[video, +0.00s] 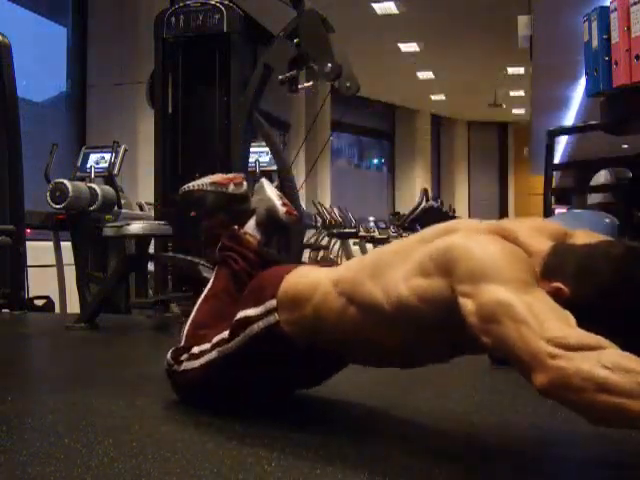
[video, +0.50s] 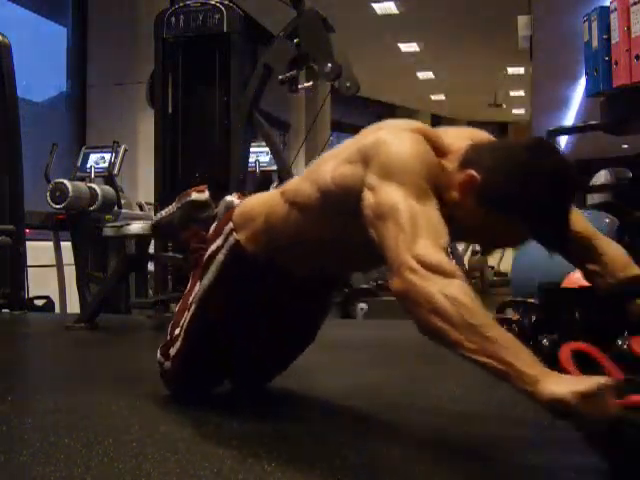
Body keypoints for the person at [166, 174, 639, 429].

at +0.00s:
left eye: (596, 334)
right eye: (586, 324)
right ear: (563, 291)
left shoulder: (561, 243)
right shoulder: (485, 259)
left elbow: (599, 344)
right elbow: (560, 367)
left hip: (331, 317)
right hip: (291, 316)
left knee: (239, 373)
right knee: (186, 372)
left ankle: (265, 252)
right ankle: (233, 254)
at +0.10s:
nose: (553, 303)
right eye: (562, 299)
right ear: (554, 278)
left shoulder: (546, 231)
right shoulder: (479, 248)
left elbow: (568, 334)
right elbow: (544, 360)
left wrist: (634, 381)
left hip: (330, 324)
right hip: (286, 307)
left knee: (242, 377)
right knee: (187, 372)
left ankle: (272, 248)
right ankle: (234, 248)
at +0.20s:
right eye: (552, 302)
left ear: (540, 251)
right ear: (536, 260)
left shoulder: (541, 214)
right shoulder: (464, 224)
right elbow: (521, 341)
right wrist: (637, 392)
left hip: (330, 315)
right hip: (283, 298)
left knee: (238, 378)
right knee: (184, 372)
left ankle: (261, 252)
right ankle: (233, 256)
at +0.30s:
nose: (514, 283)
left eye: (533, 283)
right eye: (528, 275)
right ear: (514, 233)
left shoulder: (526, 190)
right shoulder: (444, 199)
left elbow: (611, 238)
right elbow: (494, 321)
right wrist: (632, 393)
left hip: (327, 302)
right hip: (275, 285)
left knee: (255, 378)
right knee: (183, 373)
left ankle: (257, 246)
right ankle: (227, 249)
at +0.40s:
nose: (503, 273)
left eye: (517, 269)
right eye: (509, 259)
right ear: (492, 210)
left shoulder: (529, 187)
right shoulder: (421, 174)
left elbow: (623, 261)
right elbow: (458, 299)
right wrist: (597, 390)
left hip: (324, 294)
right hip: (262, 271)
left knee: (250, 382)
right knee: (185, 377)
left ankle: (240, 229)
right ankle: (220, 242)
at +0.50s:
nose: (483, 247)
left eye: (498, 243)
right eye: (488, 236)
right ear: (467, 191)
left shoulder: (496, 164)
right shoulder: (398, 152)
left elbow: (591, 247)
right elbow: (422, 282)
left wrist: (637, 293)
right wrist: (540, 380)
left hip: (315, 279)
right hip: (252, 255)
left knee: (247, 381)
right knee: (181, 377)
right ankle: (209, 240)